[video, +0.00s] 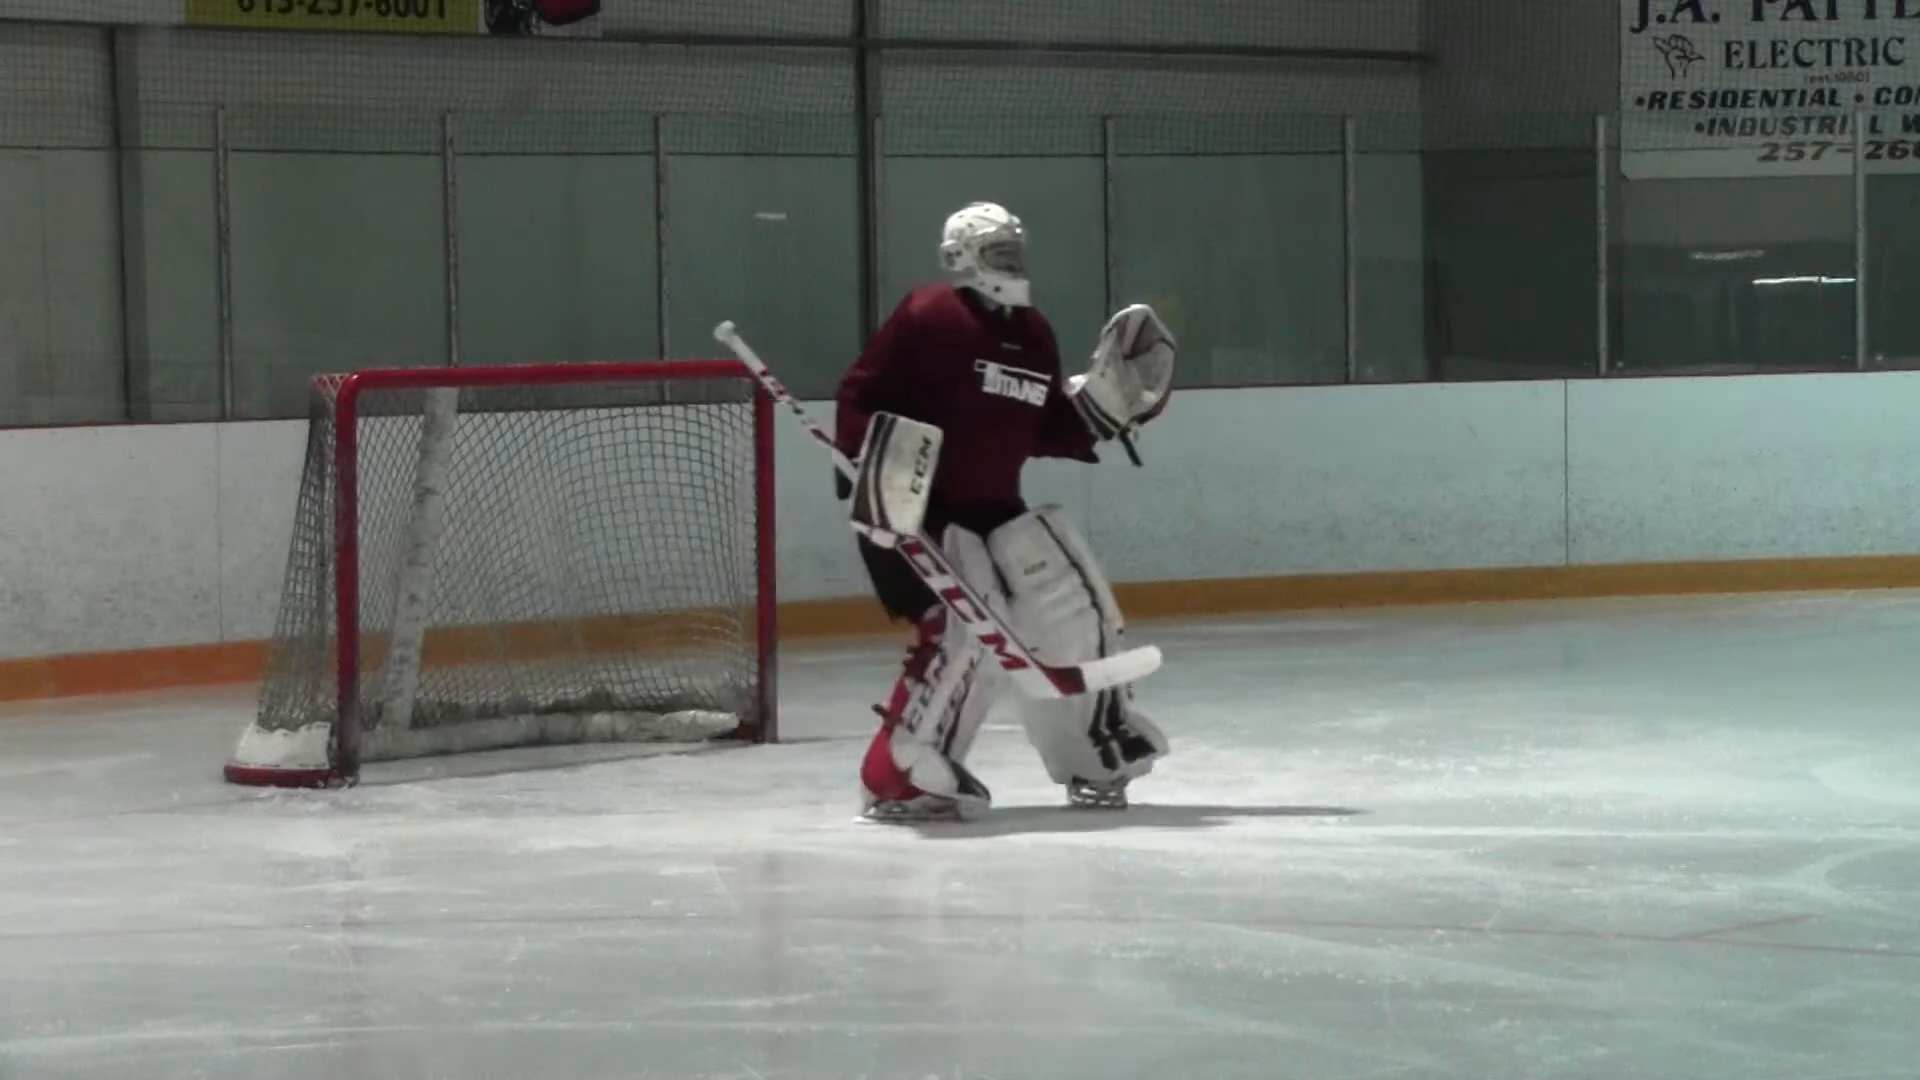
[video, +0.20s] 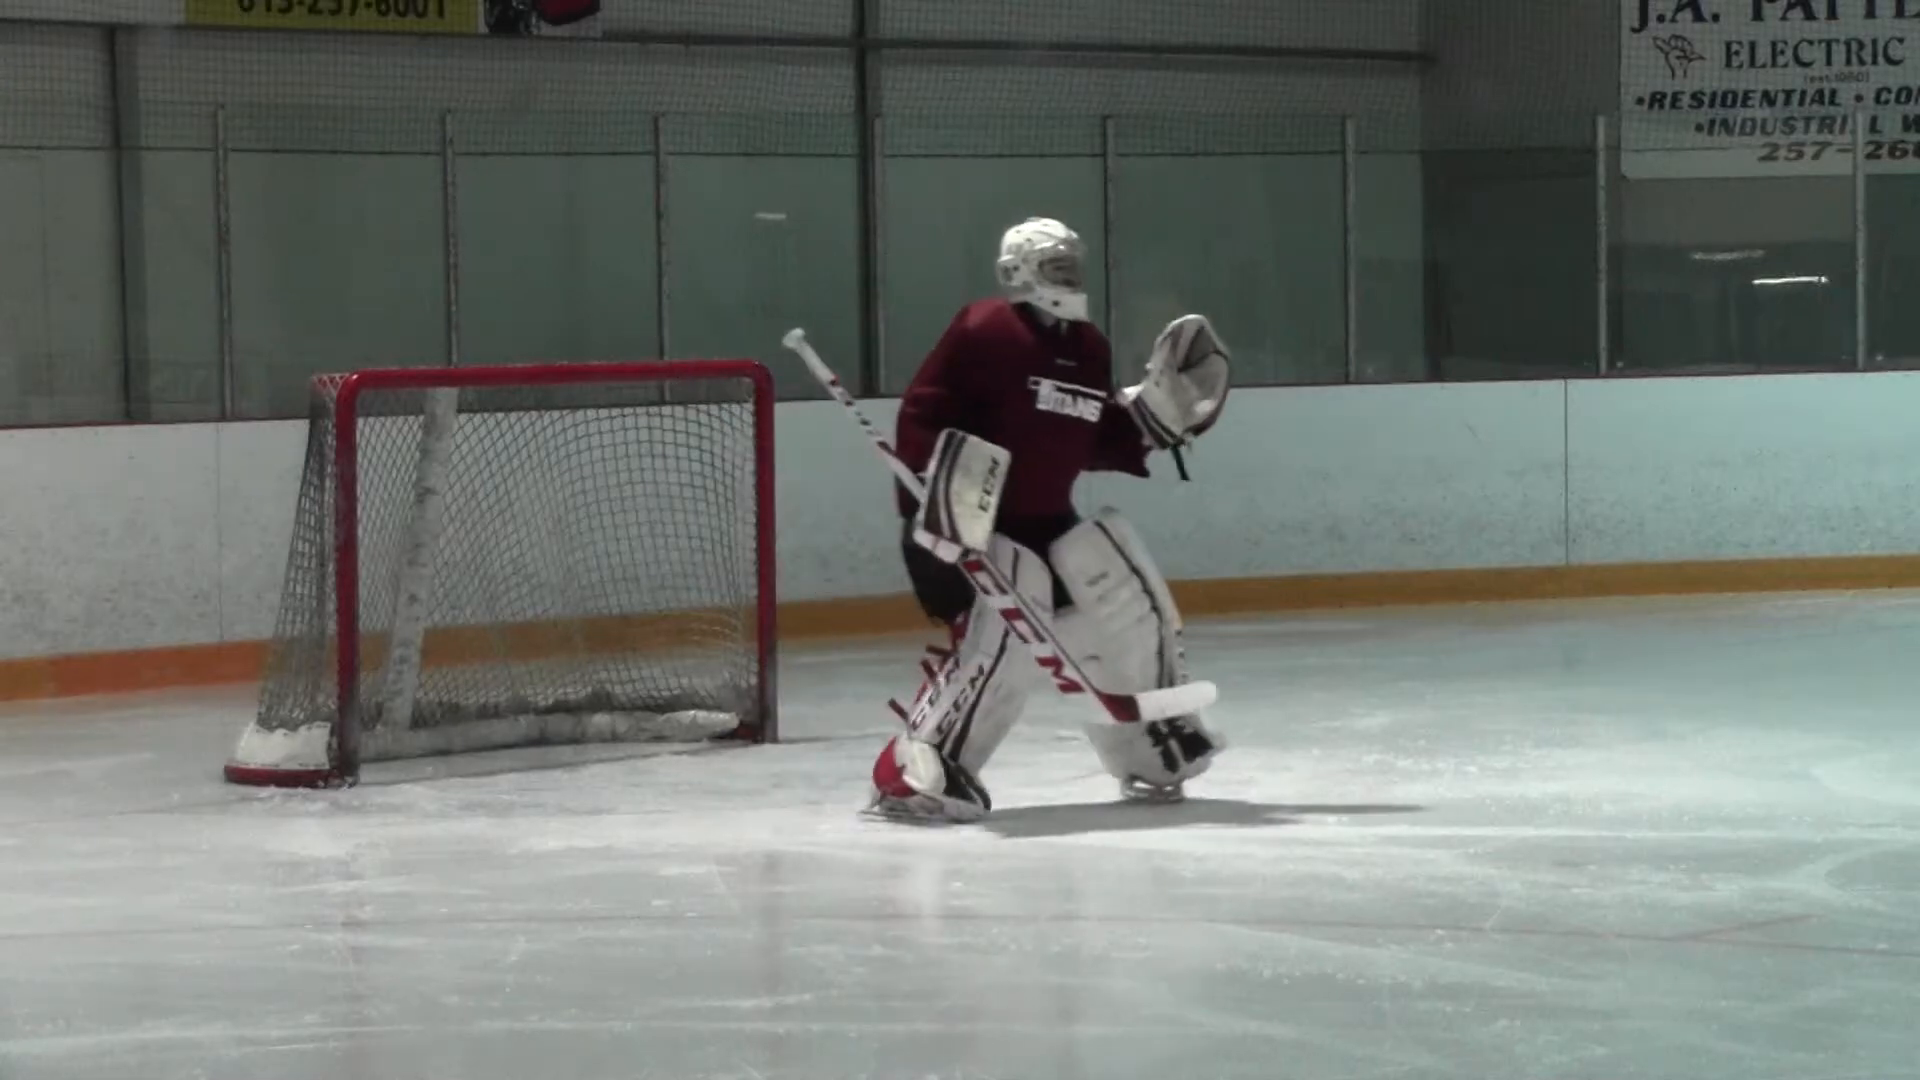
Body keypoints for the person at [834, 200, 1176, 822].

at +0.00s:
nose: (1011, 266)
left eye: (1015, 254)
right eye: (996, 256)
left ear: (1021, 255)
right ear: (962, 261)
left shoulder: (1034, 333)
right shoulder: (929, 316)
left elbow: (1043, 429)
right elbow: (858, 395)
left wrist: (1107, 405)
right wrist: (873, 478)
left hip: (1002, 514)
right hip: (930, 513)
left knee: (1060, 624)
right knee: (963, 636)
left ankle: (1091, 756)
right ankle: (904, 770)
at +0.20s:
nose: (1068, 276)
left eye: (1072, 266)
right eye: (1053, 267)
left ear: (1078, 270)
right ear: (1018, 274)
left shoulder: (1088, 347)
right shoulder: (984, 330)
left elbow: (1088, 439)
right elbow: (918, 422)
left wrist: (1155, 420)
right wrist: (936, 520)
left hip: (1055, 530)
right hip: (981, 529)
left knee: (1121, 621)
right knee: (1000, 647)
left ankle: (1148, 759)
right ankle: (920, 772)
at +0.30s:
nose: (1104, 287)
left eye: (1108, 275)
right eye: (1089, 277)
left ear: (1115, 278)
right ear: (1053, 284)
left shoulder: (1121, 358)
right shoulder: (1017, 337)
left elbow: (1117, 446)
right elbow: (949, 427)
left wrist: (1189, 420)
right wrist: (987, 489)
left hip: (1084, 540)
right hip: (1012, 540)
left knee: (1159, 627)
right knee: (1016, 654)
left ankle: (1192, 762)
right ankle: (924, 774)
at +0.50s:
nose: (1163, 285)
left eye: (1167, 274)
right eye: (1148, 276)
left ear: (1174, 278)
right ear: (1112, 282)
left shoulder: (1180, 357)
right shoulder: (1079, 336)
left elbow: (1180, 446)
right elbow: (1001, 417)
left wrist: (1244, 423)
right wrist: (1053, 469)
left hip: (1144, 538)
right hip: (1071, 540)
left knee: (1205, 628)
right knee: (1064, 658)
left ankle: (1246, 754)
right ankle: (1004, 771)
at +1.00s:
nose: (1220, 309)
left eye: (1221, 299)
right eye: (1206, 301)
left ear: (1221, 302)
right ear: (1172, 308)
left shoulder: (1218, 376)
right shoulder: (1147, 358)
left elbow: (1204, 462)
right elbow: (1068, 420)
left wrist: (1274, 447)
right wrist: (1115, 480)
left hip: (1165, 530)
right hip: (1086, 525)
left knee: (1230, 610)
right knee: (1140, 632)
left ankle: (1231, 741)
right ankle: (1078, 757)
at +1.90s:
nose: (1224, 346)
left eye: (1224, 335)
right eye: (1213, 337)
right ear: (1182, 342)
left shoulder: (1193, 402)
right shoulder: (1155, 378)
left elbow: (1191, 493)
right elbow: (1087, 439)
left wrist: (1239, 479)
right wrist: (1131, 508)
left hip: (1094, 512)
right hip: (1046, 499)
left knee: (1182, 596)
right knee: (1123, 618)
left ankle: (1160, 726)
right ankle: (1044, 735)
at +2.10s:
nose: (1202, 371)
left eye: (1202, 359)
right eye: (1191, 359)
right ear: (1160, 364)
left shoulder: (1168, 423)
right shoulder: (1133, 398)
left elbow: (1166, 525)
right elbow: (1067, 462)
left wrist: (1209, 493)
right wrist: (1120, 533)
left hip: (1060, 534)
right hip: (1018, 524)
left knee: (1137, 622)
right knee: (1109, 632)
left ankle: (1097, 729)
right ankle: (1011, 729)